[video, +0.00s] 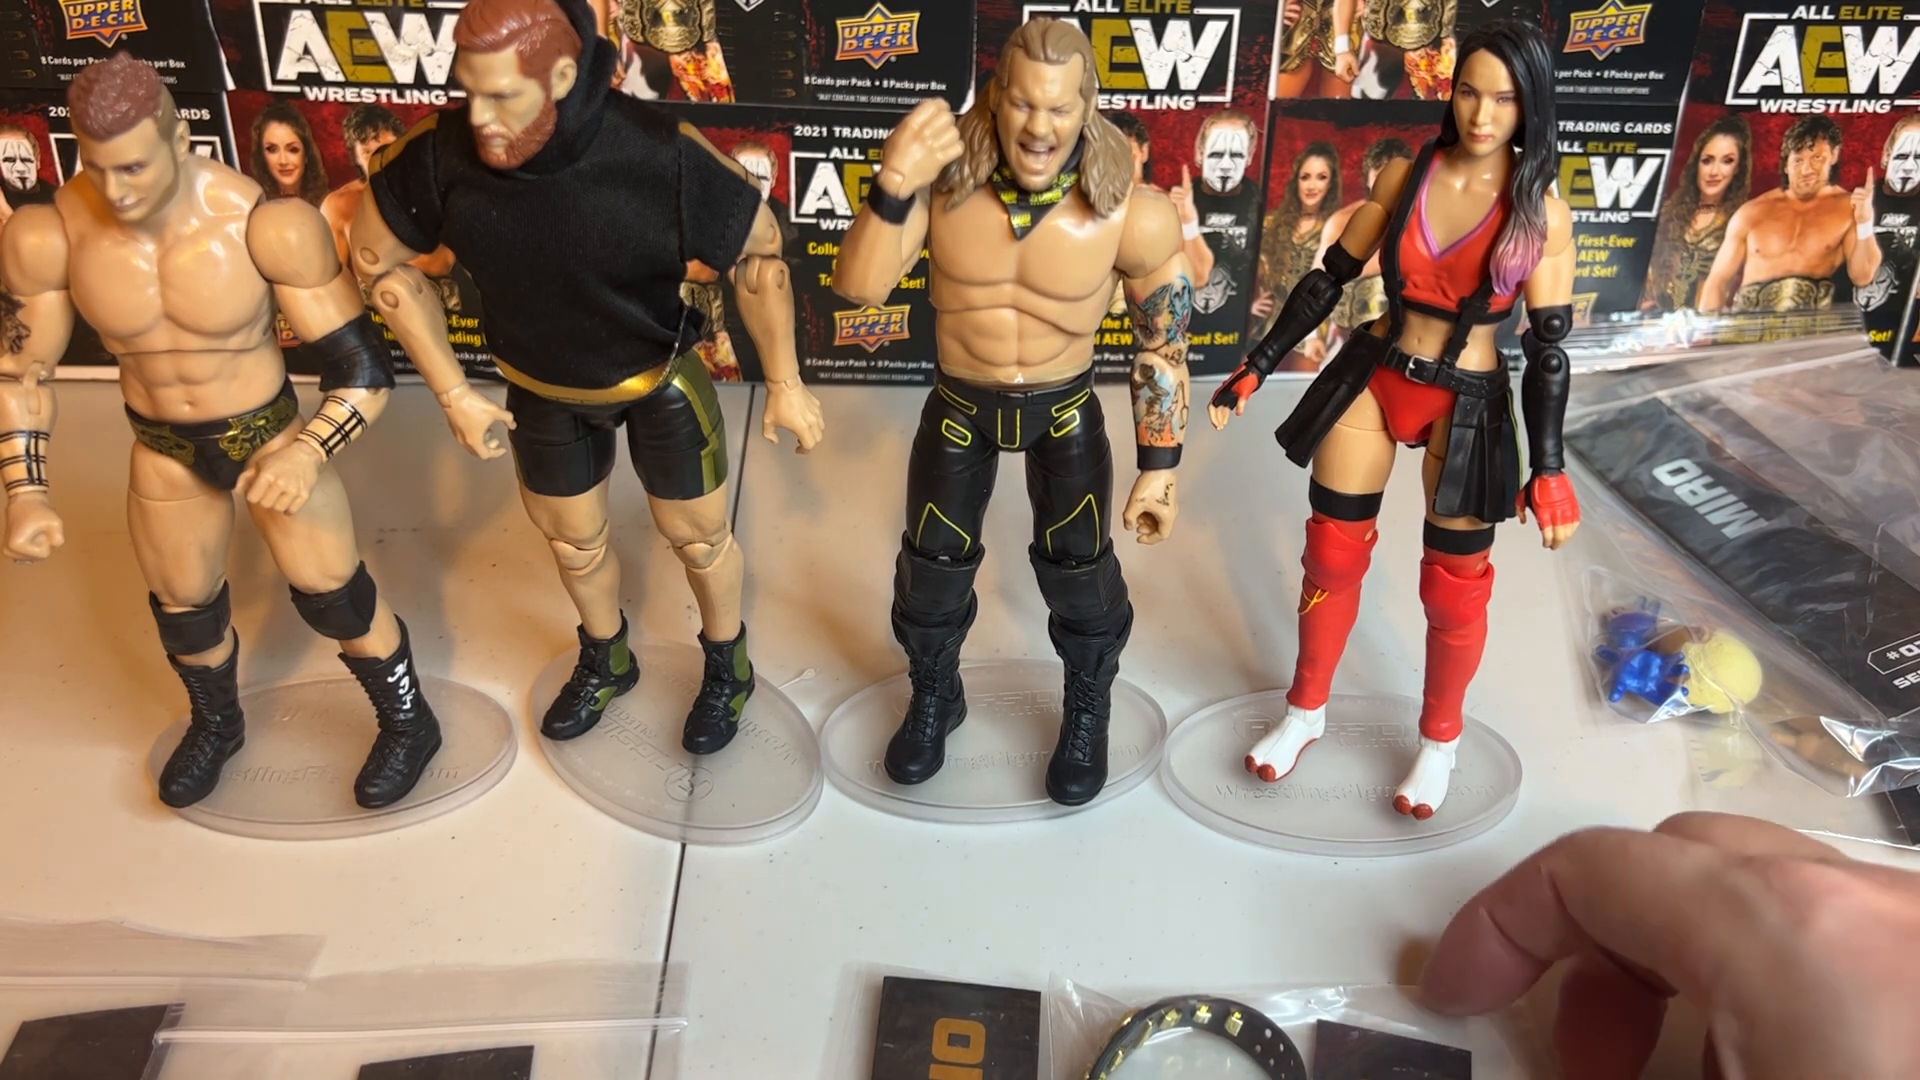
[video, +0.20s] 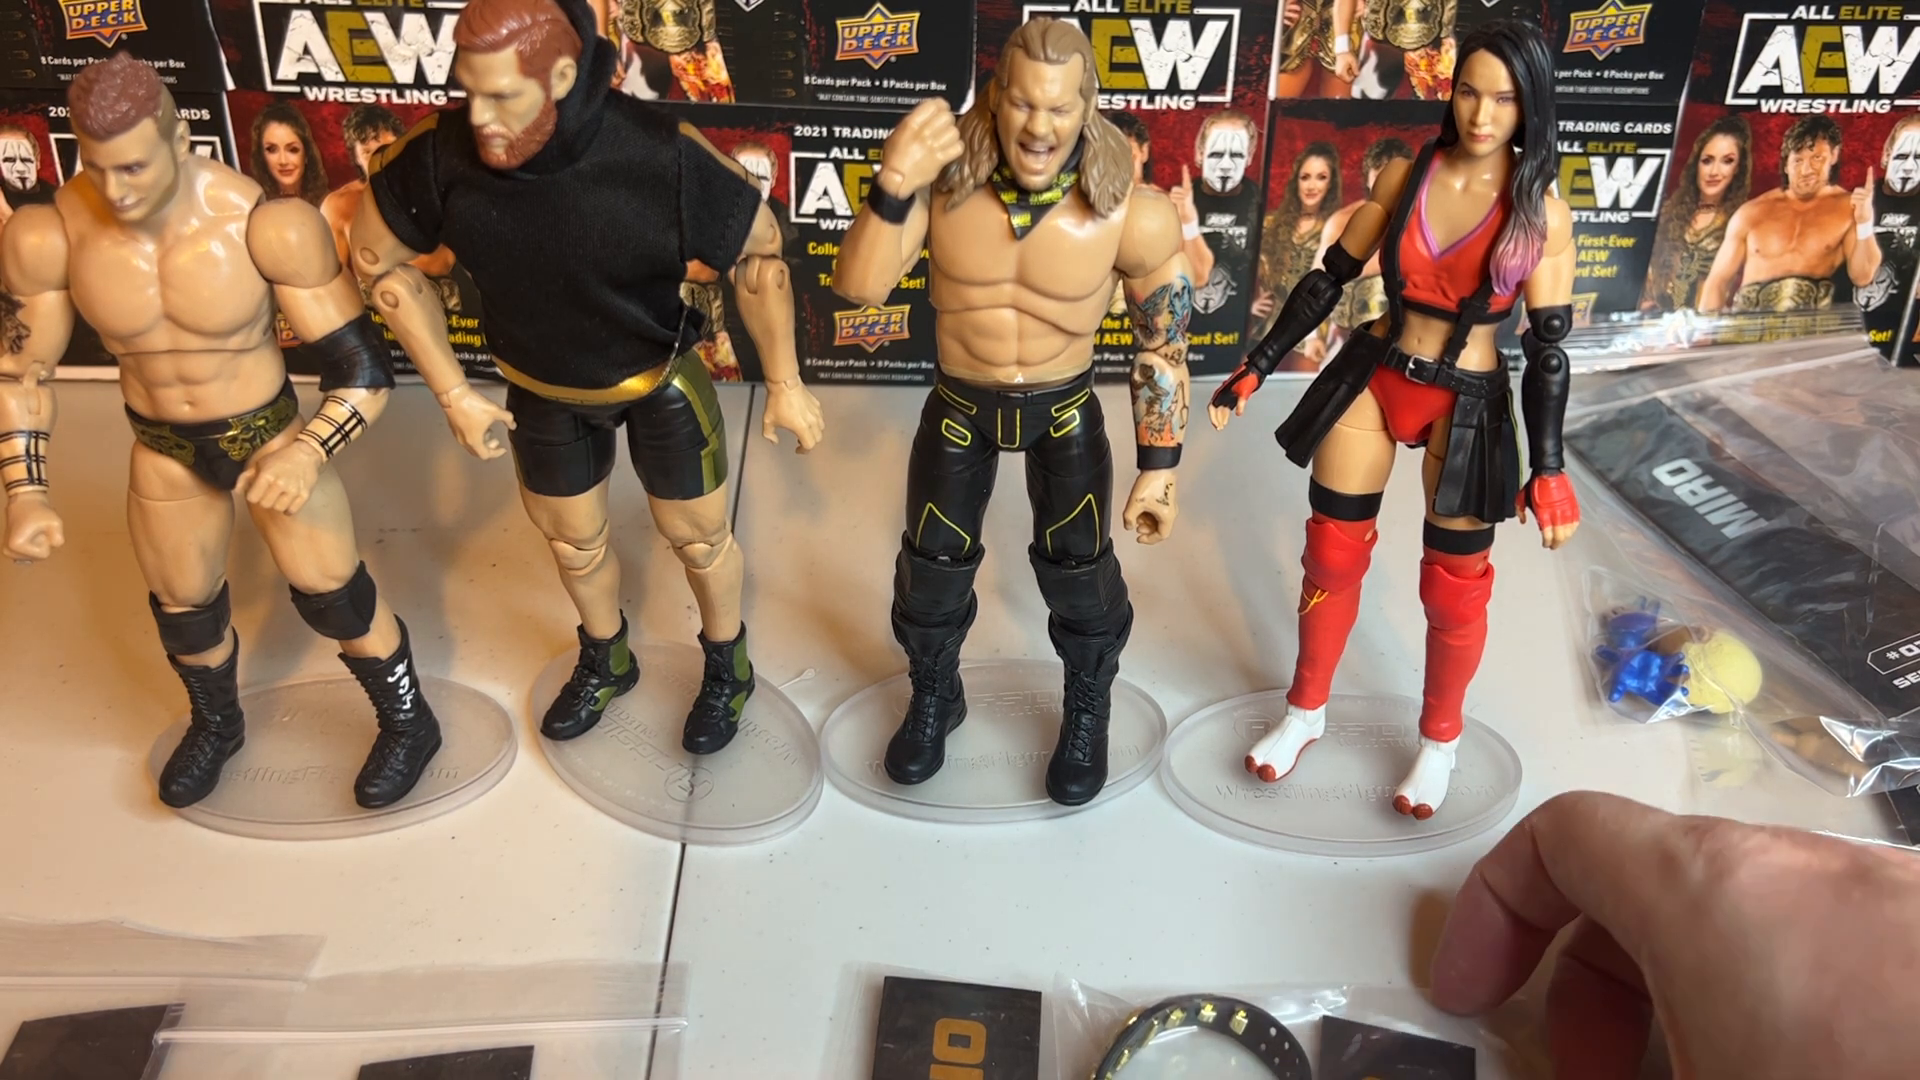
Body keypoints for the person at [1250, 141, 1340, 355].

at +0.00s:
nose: (1312, 185)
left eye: (1321, 177)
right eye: (1305, 177)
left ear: (1332, 183)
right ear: (1295, 181)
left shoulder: (1338, 229)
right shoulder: (1271, 225)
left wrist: (1322, 336)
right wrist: (1254, 303)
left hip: (1313, 335)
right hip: (1269, 329)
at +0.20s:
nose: (1312, 185)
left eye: (1321, 177)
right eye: (1305, 177)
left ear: (1332, 183)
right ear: (1295, 181)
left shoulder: (1338, 230)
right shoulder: (1270, 225)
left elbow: (1337, 288)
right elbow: (1252, 274)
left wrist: (1321, 336)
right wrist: (1253, 301)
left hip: (1312, 334)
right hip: (1268, 329)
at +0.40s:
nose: (1312, 185)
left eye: (1321, 177)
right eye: (1305, 177)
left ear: (1332, 183)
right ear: (1295, 181)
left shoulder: (1338, 229)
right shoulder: (1270, 224)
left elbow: (1338, 286)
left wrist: (1320, 335)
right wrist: (1252, 301)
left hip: (1311, 335)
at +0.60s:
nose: (1312, 185)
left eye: (1321, 177)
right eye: (1305, 176)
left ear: (1331, 182)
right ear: (1295, 180)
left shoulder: (1337, 228)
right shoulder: (1270, 224)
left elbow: (1333, 284)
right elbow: (1253, 273)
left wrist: (1320, 334)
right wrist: (1253, 300)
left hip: (1311, 333)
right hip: (1268, 327)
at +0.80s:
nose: (1312, 185)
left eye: (1321, 177)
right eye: (1305, 176)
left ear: (1331, 182)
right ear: (1295, 180)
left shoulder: (1337, 228)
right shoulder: (1270, 224)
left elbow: (1334, 283)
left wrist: (1321, 335)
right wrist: (1252, 302)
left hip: (1312, 332)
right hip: (1269, 326)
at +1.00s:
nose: (1312, 185)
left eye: (1322, 177)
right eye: (1305, 177)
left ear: (1332, 182)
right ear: (1295, 181)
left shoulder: (1337, 229)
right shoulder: (1271, 224)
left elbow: (1334, 284)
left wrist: (1321, 335)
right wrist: (1253, 302)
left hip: (1312, 332)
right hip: (1269, 327)